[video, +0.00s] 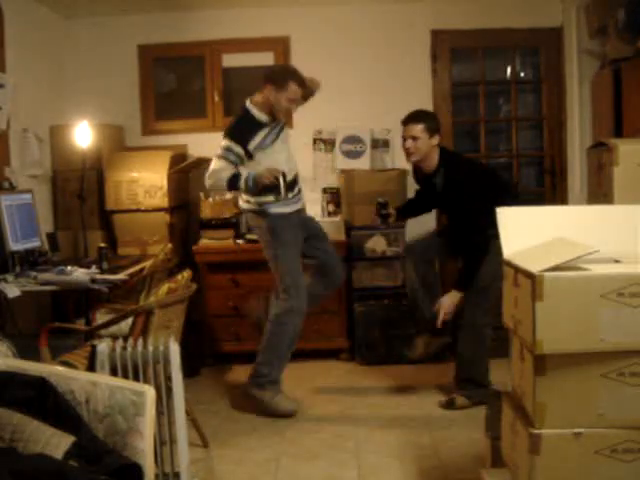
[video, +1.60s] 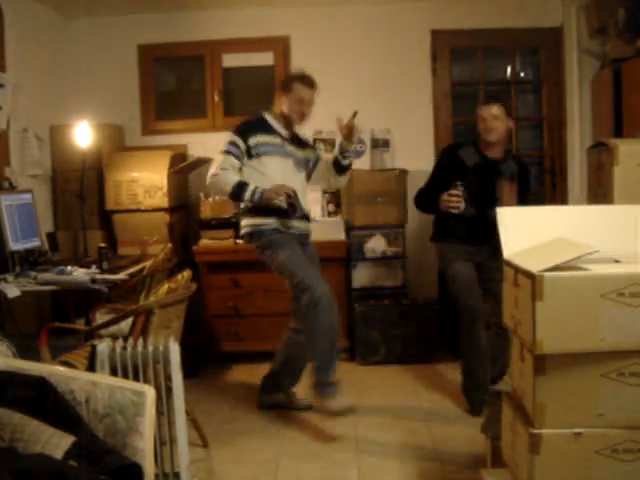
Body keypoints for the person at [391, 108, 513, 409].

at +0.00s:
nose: (406, 145)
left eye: (413, 139)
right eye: (404, 139)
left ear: (434, 139)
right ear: (403, 140)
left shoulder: (462, 173)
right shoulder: (421, 170)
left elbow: (478, 238)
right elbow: (430, 198)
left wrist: (459, 289)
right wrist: (397, 214)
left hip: (495, 235)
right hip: (461, 231)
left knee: (476, 307)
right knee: (416, 252)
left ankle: (474, 387)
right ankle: (431, 328)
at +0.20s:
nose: (427, 139)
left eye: (435, 133)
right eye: (424, 133)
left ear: (453, 136)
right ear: (421, 136)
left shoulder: (479, 172)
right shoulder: (425, 165)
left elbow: (485, 239)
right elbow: (420, 199)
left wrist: (467, 295)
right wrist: (394, 217)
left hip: (490, 247)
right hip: (458, 244)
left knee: (488, 316)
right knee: (433, 298)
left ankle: (497, 388)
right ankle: (429, 377)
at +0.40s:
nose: (435, 125)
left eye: (442, 119)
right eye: (431, 119)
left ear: (459, 121)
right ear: (427, 122)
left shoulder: (484, 158)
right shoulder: (422, 156)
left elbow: (503, 214)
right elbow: (408, 195)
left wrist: (494, 264)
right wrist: (392, 214)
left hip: (488, 242)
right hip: (451, 241)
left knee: (491, 313)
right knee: (441, 303)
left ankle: (493, 386)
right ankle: (458, 378)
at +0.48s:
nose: (434, 118)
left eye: (441, 112)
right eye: (428, 112)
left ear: (453, 114)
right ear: (419, 115)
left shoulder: (476, 145)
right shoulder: (411, 147)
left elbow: (515, 193)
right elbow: (399, 190)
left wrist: (507, 242)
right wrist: (391, 210)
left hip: (485, 221)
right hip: (445, 223)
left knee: (488, 294)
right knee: (438, 288)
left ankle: (497, 376)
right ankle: (452, 366)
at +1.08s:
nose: (478, 122)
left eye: (481, 115)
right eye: (471, 116)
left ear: (483, 118)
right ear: (450, 117)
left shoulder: (483, 153)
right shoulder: (425, 154)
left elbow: (488, 194)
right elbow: (396, 204)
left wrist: (492, 226)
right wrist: (417, 219)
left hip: (464, 236)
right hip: (427, 239)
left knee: (482, 297)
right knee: (432, 303)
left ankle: (482, 377)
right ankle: (421, 379)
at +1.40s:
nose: (511, 123)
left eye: (516, 117)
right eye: (504, 116)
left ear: (520, 122)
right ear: (486, 119)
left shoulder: (512, 163)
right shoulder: (457, 147)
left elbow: (509, 209)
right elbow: (419, 188)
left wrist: (505, 245)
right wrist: (440, 199)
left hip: (482, 240)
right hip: (444, 238)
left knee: (488, 309)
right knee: (453, 309)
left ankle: (487, 378)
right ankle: (468, 383)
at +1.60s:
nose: (488, 125)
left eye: (495, 119)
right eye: (483, 119)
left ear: (508, 124)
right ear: (476, 124)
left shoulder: (516, 168)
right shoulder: (456, 158)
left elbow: (523, 224)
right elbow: (422, 199)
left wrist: (511, 206)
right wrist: (439, 203)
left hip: (498, 250)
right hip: (458, 248)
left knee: (501, 315)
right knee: (471, 313)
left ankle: (493, 379)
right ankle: (477, 393)